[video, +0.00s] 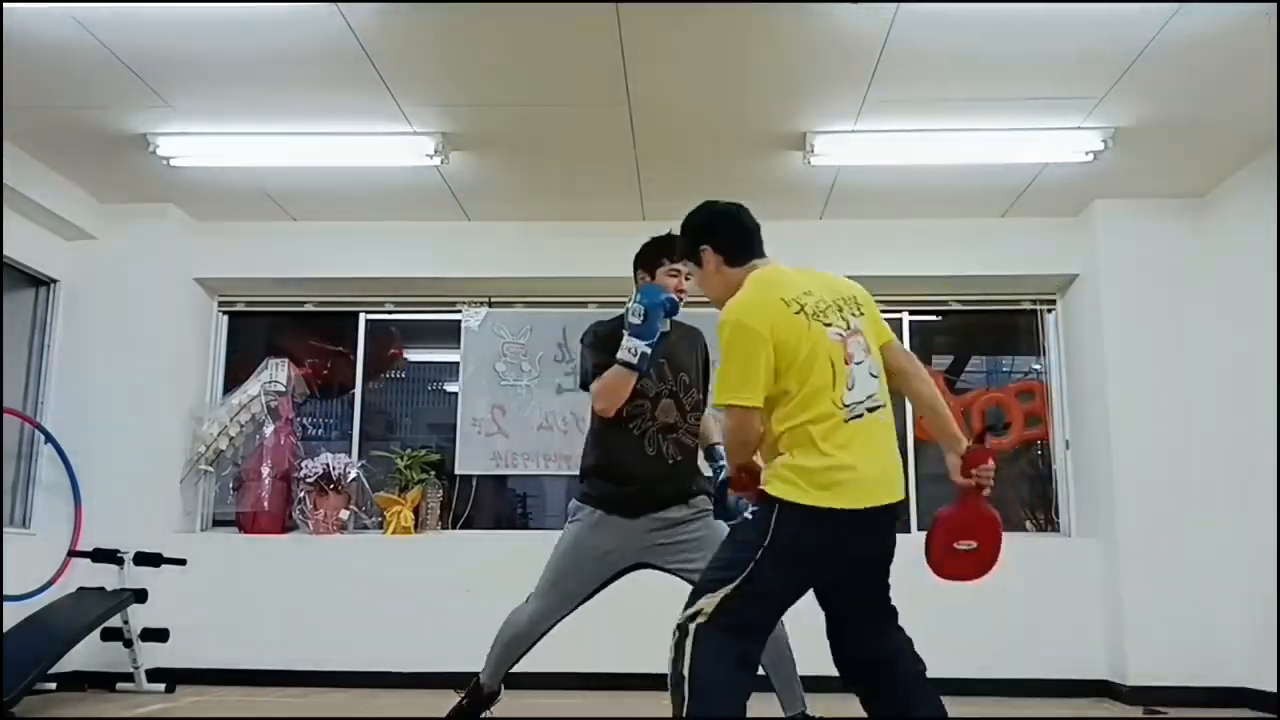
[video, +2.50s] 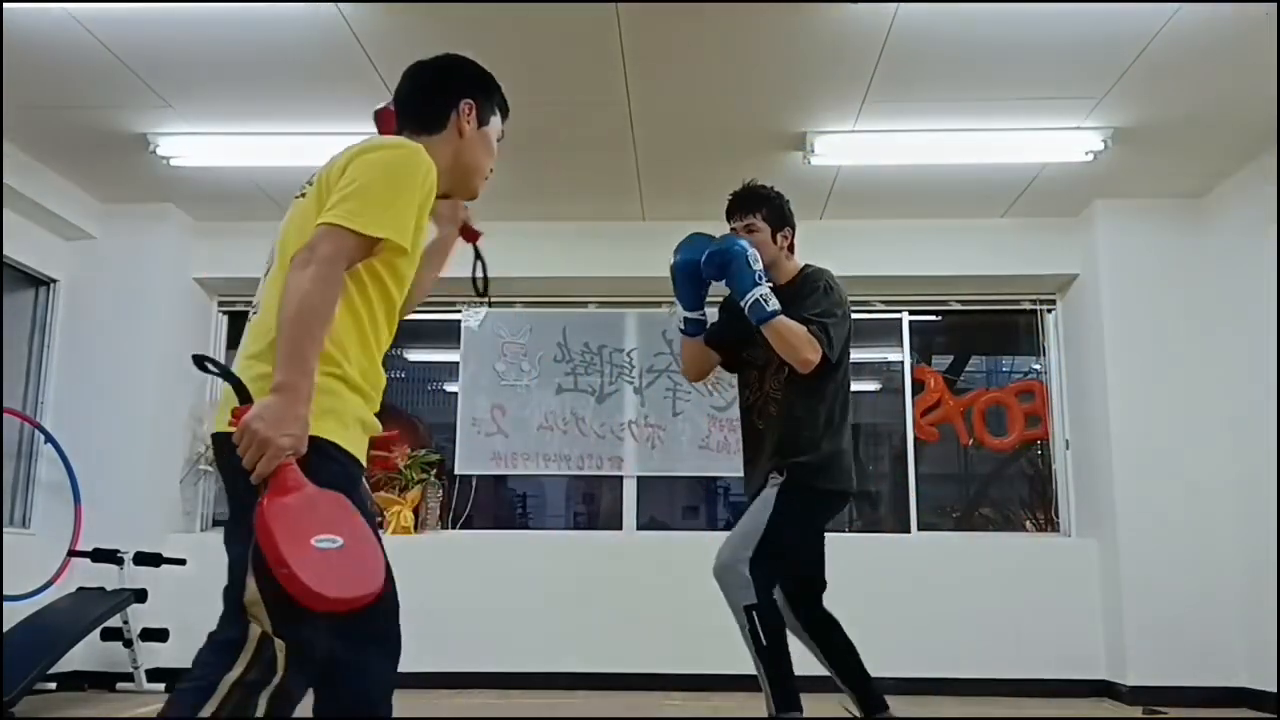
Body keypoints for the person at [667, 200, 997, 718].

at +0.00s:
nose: (697, 283)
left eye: (695, 268)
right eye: (694, 271)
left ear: (713, 255)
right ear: (756, 248)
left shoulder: (746, 310)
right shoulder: (845, 290)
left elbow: (743, 425)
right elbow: (909, 371)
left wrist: (741, 469)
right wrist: (957, 448)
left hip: (805, 501)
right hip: (878, 499)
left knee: (710, 627)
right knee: (867, 631)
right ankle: (922, 713)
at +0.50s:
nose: (650, 176)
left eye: (646, 163)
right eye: (647, 165)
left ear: (659, 157)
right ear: (727, 153)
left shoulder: (641, 218)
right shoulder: (810, 204)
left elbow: (624, 345)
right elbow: (869, 310)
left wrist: (582, 327)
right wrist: (907, 416)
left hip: (704, 464)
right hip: (816, 458)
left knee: (694, 649)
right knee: (833, 637)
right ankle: (847, 710)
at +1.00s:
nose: (751, 129)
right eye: (752, 121)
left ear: (662, 123)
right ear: (745, 120)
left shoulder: (603, 179)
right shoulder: (773, 157)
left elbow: (537, 299)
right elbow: (816, 231)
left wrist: (563, 217)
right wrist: (877, 349)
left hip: (614, 444)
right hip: (740, 442)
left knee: (577, 627)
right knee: (771, 647)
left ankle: (531, 708)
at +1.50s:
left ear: (445, 202)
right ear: (525, 188)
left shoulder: (407, 235)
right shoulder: (570, 207)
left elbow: (365, 322)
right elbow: (634, 256)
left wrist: (409, 403)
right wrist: (681, 377)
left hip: (407, 433)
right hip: (515, 423)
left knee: (474, 643)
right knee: (438, 645)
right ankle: (319, 711)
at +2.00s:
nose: (452, 82)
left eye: (457, 61)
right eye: (454, 55)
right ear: (425, 29)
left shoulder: (285, 110)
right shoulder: (377, 74)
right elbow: (336, 198)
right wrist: (387, 358)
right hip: (292, 399)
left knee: (374, 609)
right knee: (268, 656)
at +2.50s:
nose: (495, 158)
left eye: (499, 141)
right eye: (497, 136)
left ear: (424, 116)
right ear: (465, 118)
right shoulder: (401, 160)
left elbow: (385, 313)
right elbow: (319, 265)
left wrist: (448, 234)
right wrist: (288, 400)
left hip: (301, 434)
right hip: (305, 433)